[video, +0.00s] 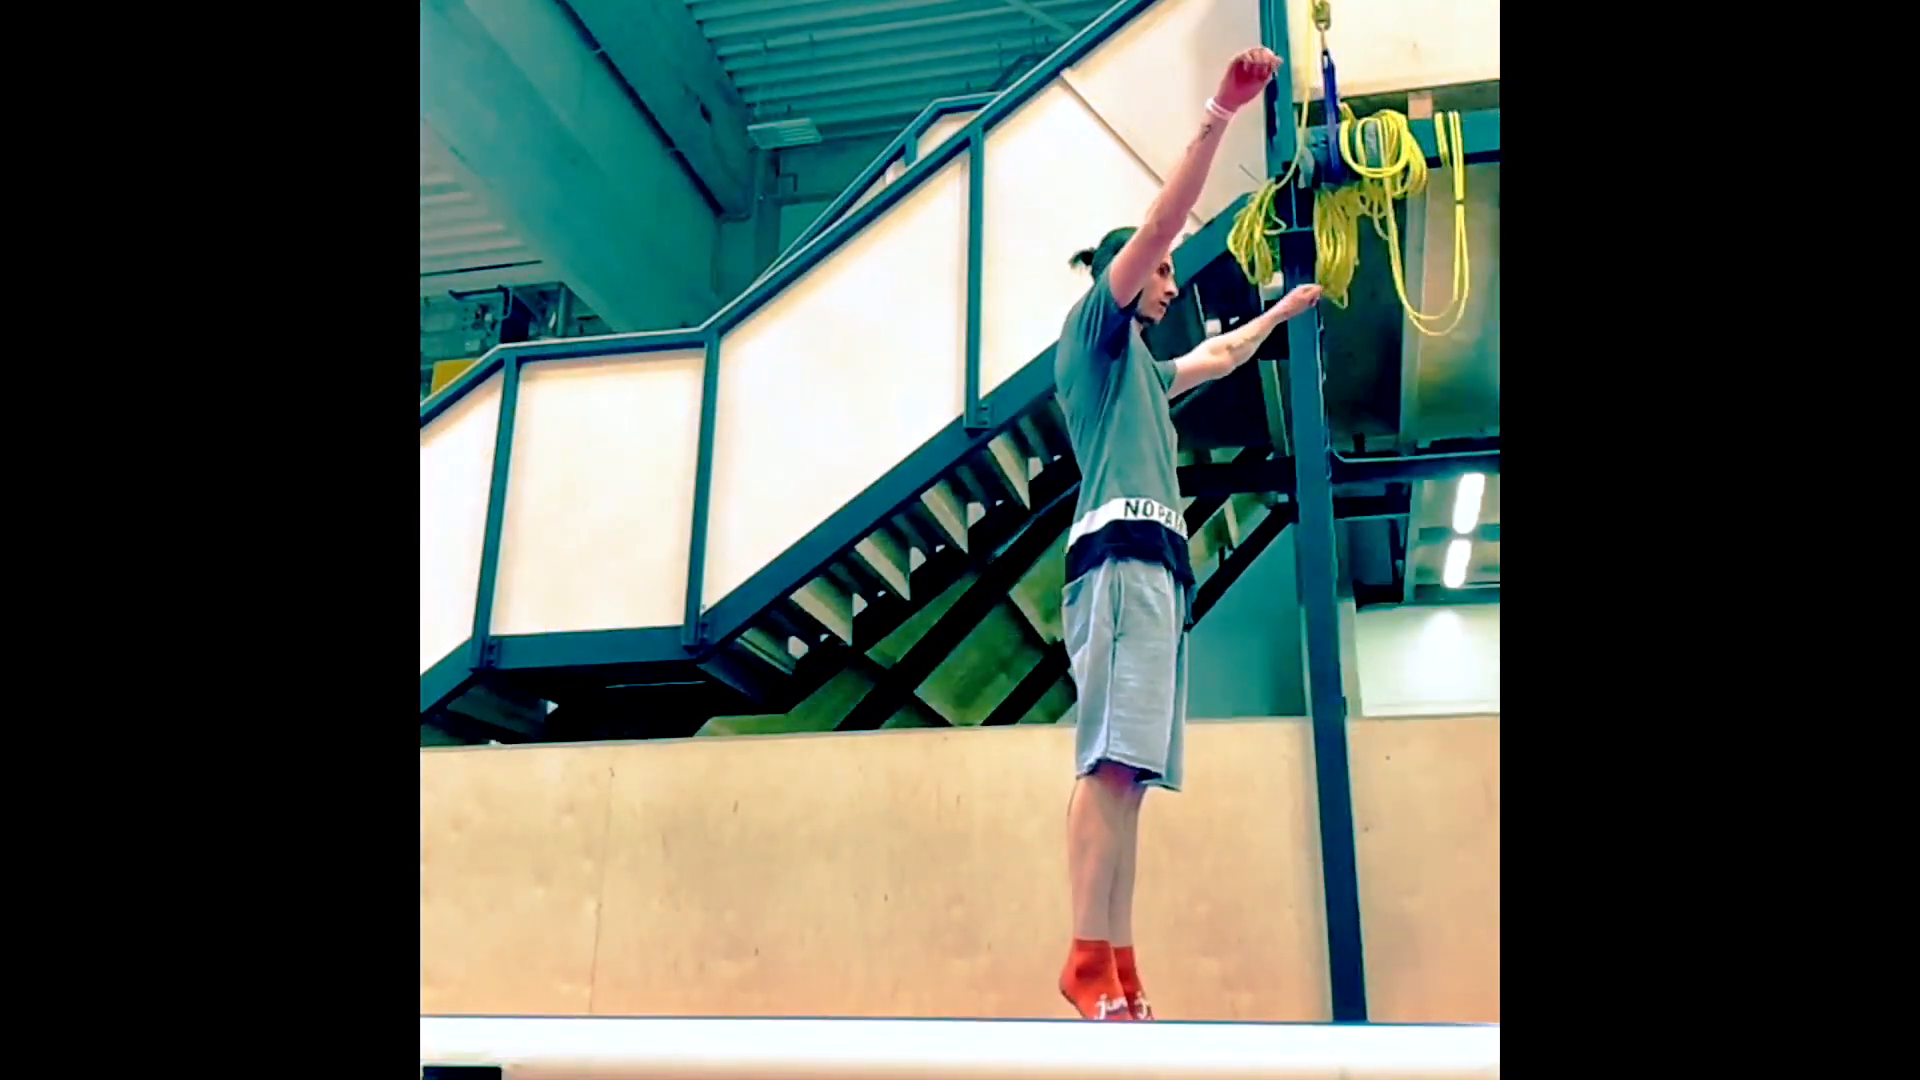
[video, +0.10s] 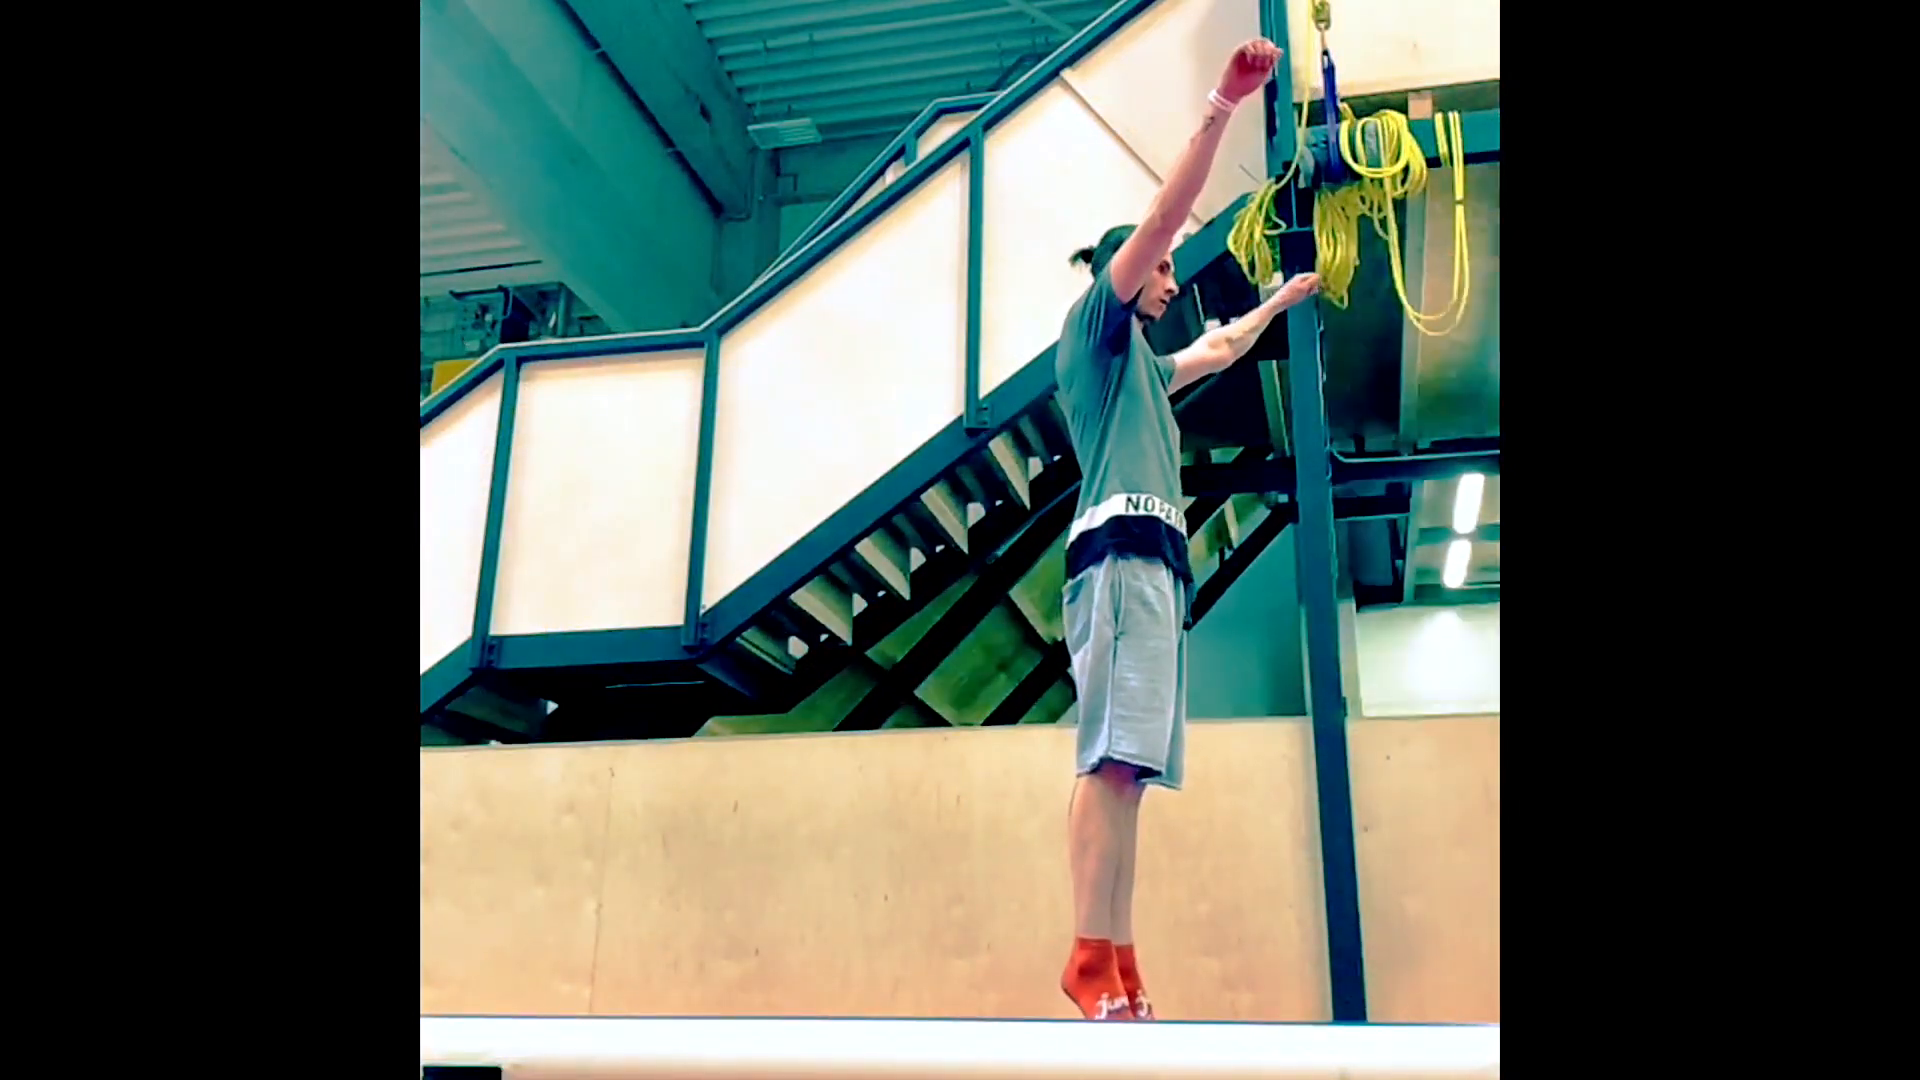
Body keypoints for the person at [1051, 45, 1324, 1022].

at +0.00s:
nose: (1164, 282)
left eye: (1163, 271)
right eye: (1149, 266)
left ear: (1147, 291)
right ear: (1113, 273)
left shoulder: (1141, 367)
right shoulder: (1094, 331)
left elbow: (1219, 352)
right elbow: (1164, 226)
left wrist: (1283, 307)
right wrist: (1218, 115)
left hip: (1152, 568)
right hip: (1121, 562)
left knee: (1129, 770)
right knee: (1112, 765)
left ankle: (1118, 970)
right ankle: (1087, 965)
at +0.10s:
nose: (1164, 278)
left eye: (1165, 268)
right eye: (1152, 263)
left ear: (1148, 288)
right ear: (1116, 268)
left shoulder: (1140, 361)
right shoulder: (1096, 324)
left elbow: (1220, 345)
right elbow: (1167, 219)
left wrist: (1284, 296)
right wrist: (1221, 106)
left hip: (1149, 564)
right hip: (1120, 559)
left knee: (1129, 766)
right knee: (1114, 762)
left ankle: (1119, 963)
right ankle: (1089, 960)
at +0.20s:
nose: (1165, 275)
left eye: (1164, 265)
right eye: (1152, 260)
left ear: (1147, 284)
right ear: (1115, 264)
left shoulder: (1139, 358)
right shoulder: (1096, 319)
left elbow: (1219, 341)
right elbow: (1166, 216)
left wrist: (1285, 292)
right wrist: (1223, 102)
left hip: (1150, 556)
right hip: (1121, 549)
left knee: (1126, 760)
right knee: (1114, 756)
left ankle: (1117, 962)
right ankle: (1090, 959)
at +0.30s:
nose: (1164, 277)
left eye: (1165, 267)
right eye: (1151, 262)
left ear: (1150, 286)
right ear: (1115, 267)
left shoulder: (1142, 362)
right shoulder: (1096, 324)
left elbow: (1220, 344)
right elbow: (1167, 216)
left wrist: (1286, 295)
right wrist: (1223, 102)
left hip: (1150, 562)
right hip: (1119, 556)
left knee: (1129, 766)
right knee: (1112, 761)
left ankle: (1117, 963)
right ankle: (1088, 961)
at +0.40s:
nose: (1163, 280)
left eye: (1165, 271)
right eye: (1151, 265)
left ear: (1151, 289)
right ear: (1116, 270)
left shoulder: (1141, 364)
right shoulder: (1097, 326)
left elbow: (1216, 347)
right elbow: (1166, 215)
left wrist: (1281, 296)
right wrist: (1219, 101)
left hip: (1149, 565)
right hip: (1118, 558)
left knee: (1127, 770)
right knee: (1110, 765)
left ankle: (1116, 969)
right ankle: (1084, 968)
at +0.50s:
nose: (1164, 278)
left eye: (1166, 268)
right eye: (1153, 262)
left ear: (1148, 286)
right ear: (1118, 266)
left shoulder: (1137, 361)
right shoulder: (1097, 319)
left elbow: (1213, 345)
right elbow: (1165, 209)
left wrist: (1273, 299)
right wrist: (1215, 99)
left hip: (1149, 559)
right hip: (1120, 552)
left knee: (1127, 766)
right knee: (1112, 762)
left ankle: (1115, 964)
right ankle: (1086, 962)